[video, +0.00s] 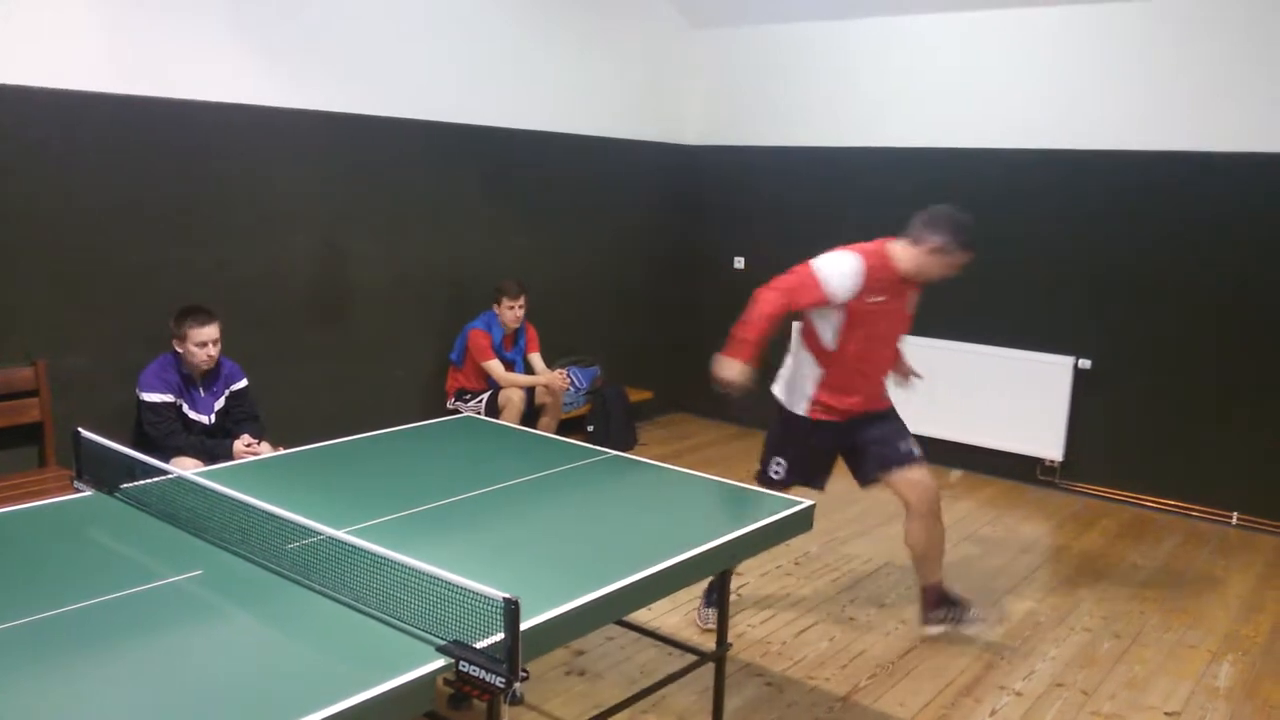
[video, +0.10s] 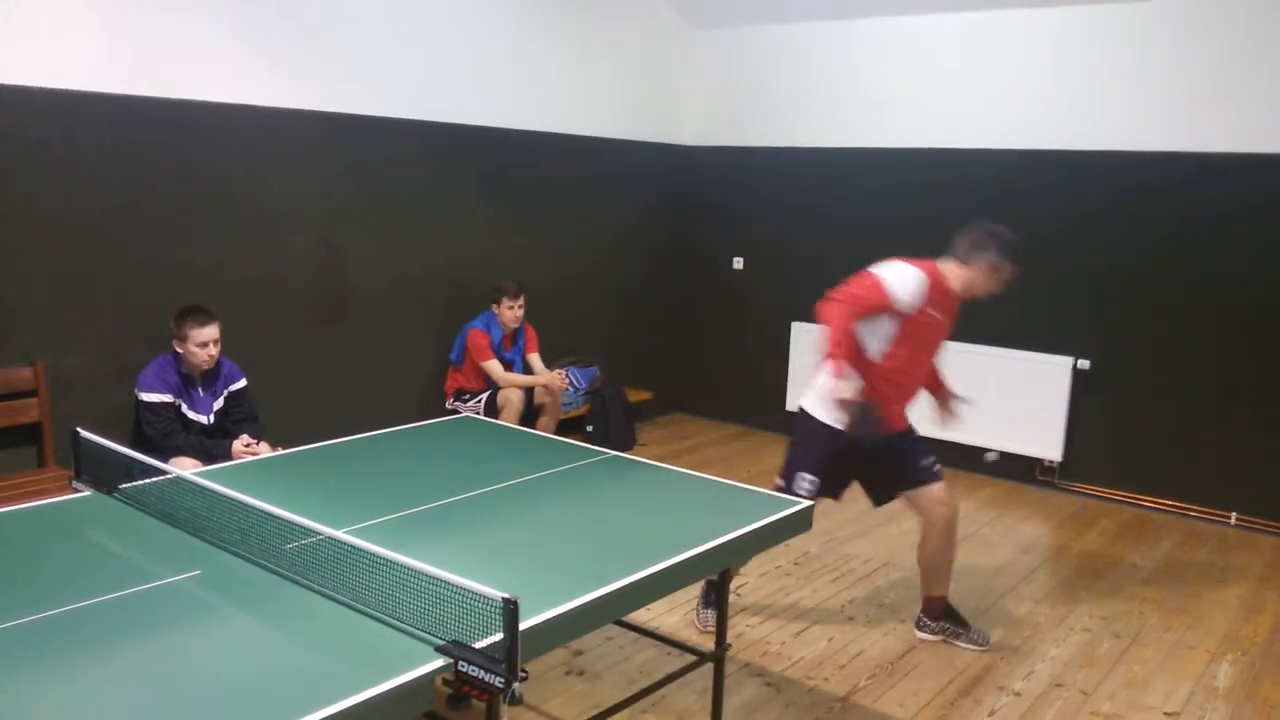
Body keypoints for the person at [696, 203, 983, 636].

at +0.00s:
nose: (947, 277)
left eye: (954, 270)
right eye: (949, 267)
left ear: (930, 246)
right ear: (928, 247)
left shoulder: (908, 277)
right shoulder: (851, 267)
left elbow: (878, 322)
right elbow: (775, 293)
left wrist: (896, 359)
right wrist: (739, 354)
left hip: (868, 407)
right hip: (808, 408)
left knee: (922, 492)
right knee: (765, 503)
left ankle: (935, 601)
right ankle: (719, 584)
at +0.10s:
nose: (995, 289)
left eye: (1001, 282)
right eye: (997, 278)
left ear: (977, 264)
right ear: (974, 261)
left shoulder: (946, 303)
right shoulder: (909, 278)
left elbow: (914, 350)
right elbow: (836, 305)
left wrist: (940, 390)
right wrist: (844, 371)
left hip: (886, 424)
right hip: (831, 417)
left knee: (940, 509)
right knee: (786, 511)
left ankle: (935, 614)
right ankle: (718, 581)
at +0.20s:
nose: (1037, 327)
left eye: (1043, 321)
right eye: (1039, 316)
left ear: (1020, 304)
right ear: (1020, 299)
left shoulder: (985, 338)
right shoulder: (963, 307)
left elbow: (979, 391)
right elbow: (912, 339)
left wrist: (1013, 445)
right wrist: (929, 406)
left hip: (899, 434)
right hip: (858, 422)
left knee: (949, 506)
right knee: (821, 527)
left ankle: (936, 615)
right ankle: (720, 574)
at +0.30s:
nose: (1074, 362)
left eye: (1079, 354)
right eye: (1076, 350)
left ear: (1055, 339)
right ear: (1055, 336)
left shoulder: (1018, 359)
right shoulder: (1012, 339)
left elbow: (1015, 418)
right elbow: (983, 378)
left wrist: (1038, 475)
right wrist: (1010, 445)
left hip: (917, 436)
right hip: (887, 423)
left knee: (960, 508)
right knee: (862, 531)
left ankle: (939, 616)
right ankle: (755, 585)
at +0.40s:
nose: (1112, 375)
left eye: (1116, 367)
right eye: (1114, 363)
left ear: (1088, 346)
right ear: (1096, 350)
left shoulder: (1052, 369)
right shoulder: (1055, 353)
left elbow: (1013, 436)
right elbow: (1010, 381)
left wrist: (1005, 501)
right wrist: (1027, 454)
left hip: (942, 427)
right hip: (914, 413)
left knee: (976, 510)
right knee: (925, 524)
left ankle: (942, 614)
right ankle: (837, 602)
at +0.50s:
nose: (1138, 365)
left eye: (1143, 356)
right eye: (1140, 353)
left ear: (1113, 337)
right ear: (1122, 342)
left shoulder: (1082, 353)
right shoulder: (1082, 348)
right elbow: (1020, 371)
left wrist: (1003, 446)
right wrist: (1003, 441)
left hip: (961, 410)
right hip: (947, 407)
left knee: (983, 520)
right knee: (989, 521)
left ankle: (944, 615)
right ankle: (942, 621)